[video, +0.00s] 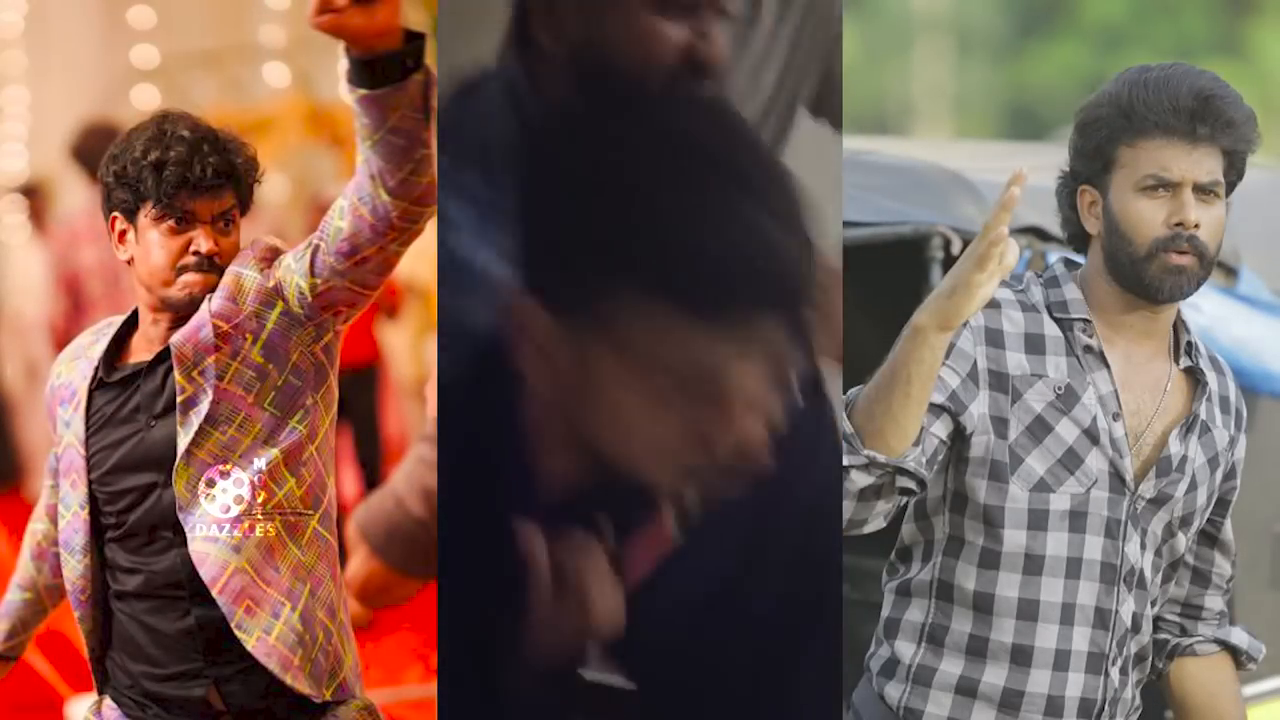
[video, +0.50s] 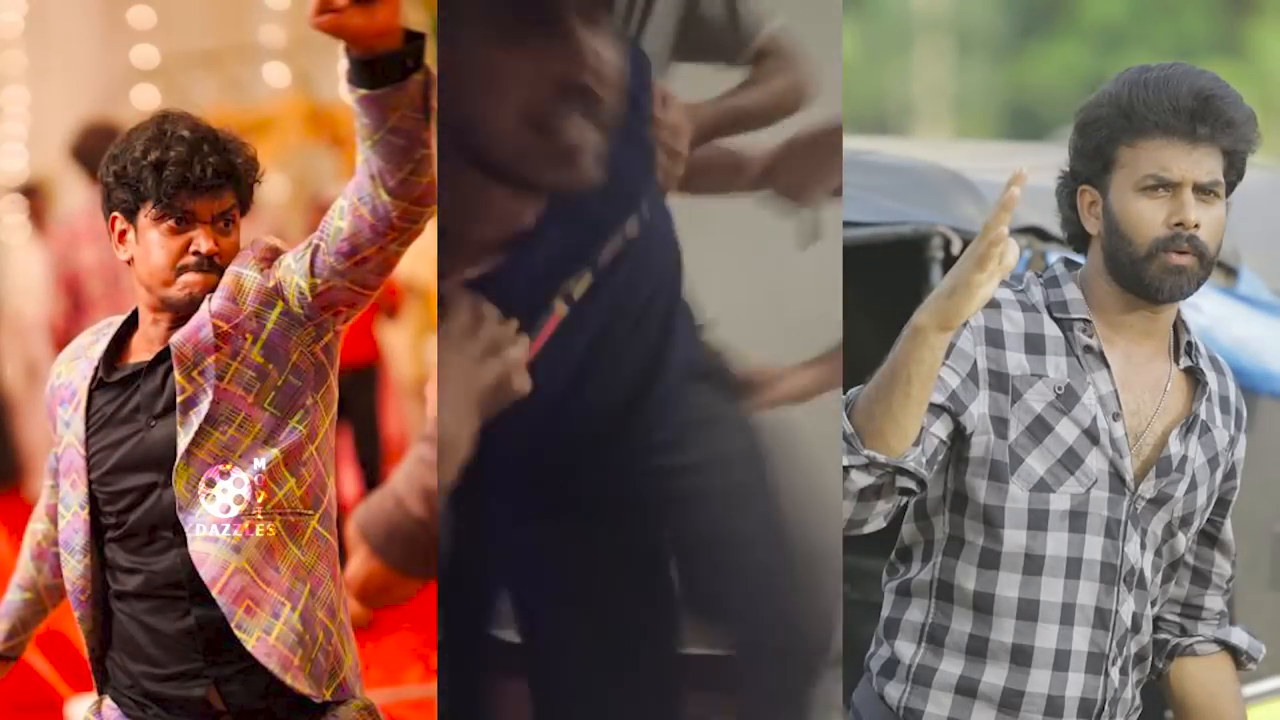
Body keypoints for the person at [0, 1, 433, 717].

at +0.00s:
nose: (206, 245)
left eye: (223, 222)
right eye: (179, 222)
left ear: (243, 230)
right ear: (122, 236)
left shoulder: (287, 312)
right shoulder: (76, 373)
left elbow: (394, 199)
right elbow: (56, 524)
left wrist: (380, 52)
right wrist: (8, 634)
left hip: (292, 702)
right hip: (140, 707)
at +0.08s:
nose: (206, 245)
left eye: (224, 223)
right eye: (179, 222)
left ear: (243, 230)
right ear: (123, 237)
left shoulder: (288, 311)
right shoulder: (76, 373)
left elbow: (395, 199)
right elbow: (56, 524)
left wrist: (381, 52)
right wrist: (8, 633)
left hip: (291, 700)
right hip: (140, 705)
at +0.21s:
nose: (206, 245)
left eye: (224, 223)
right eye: (179, 222)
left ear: (243, 230)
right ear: (123, 237)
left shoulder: (288, 311)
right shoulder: (76, 373)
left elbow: (394, 200)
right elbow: (56, 524)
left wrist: (381, 52)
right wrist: (8, 633)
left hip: (291, 700)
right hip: (140, 705)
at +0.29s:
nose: (206, 245)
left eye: (224, 223)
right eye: (179, 222)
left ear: (243, 230)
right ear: (123, 237)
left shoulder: (288, 311)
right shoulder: (76, 373)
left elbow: (394, 200)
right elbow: (56, 523)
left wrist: (381, 52)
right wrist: (8, 633)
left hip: (291, 700)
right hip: (140, 705)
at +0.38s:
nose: (206, 245)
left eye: (224, 223)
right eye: (179, 222)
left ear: (243, 230)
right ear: (123, 237)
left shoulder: (288, 311)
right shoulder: (76, 373)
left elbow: (394, 200)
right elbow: (56, 523)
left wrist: (381, 52)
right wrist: (8, 634)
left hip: (291, 700)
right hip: (140, 705)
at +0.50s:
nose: (206, 245)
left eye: (224, 223)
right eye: (179, 222)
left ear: (243, 230)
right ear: (123, 237)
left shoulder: (288, 311)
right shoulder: (76, 373)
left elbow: (394, 199)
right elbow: (56, 524)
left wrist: (381, 52)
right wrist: (8, 634)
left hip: (291, 700)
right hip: (140, 705)